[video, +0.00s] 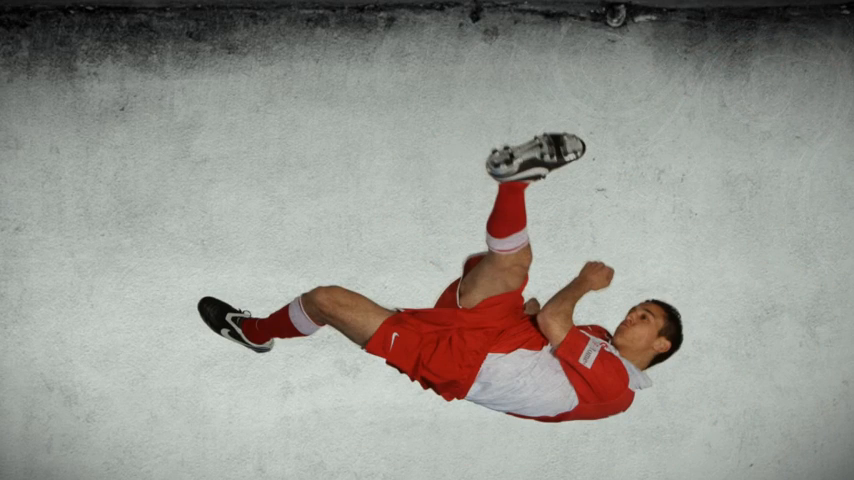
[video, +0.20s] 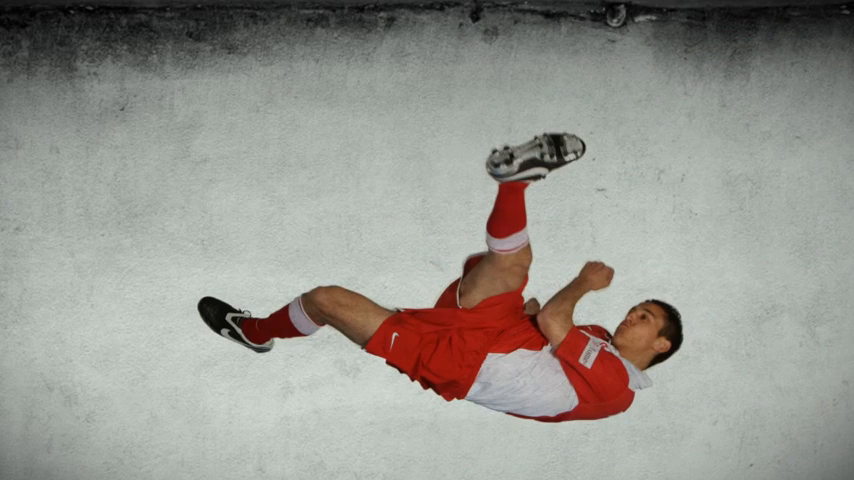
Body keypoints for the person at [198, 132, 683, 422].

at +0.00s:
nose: (633, 318)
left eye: (645, 319)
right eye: (636, 314)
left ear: (658, 347)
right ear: (631, 326)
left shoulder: (616, 386)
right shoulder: (597, 349)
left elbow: (549, 324)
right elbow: (519, 325)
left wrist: (583, 283)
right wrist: (468, 288)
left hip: (452, 360)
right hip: (482, 323)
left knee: (324, 299)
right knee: (508, 257)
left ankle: (256, 333)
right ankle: (512, 177)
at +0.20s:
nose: (633, 317)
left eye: (645, 319)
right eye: (636, 313)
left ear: (658, 347)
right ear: (631, 326)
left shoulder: (616, 386)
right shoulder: (597, 349)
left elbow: (549, 324)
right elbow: (519, 325)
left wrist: (583, 283)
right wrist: (468, 288)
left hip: (452, 360)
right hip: (482, 323)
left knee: (324, 299)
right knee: (508, 257)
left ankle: (256, 333)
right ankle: (512, 177)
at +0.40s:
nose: (633, 317)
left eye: (645, 319)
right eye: (636, 313)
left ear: (658, 347)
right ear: (631, 326)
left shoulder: (616, 386)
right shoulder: (597, 349)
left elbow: (549, 324)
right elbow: (519, 325)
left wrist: (583, 283)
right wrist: (468, 288)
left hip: (452, 360)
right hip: (482, 323)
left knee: (324, 299)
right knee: (509, 257)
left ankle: (256, 333)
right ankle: (512, 177)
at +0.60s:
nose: (633, 317)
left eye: (645, 319)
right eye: (636, 313)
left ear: (658, 347)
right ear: (631, 326)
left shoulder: (616, 386)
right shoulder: (597, 349)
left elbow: (549, 324)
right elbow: (519, 325)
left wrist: (583, 283)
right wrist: (469, 288)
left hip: (452, 360)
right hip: (482, 323)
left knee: (324, 299)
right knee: (509, 257)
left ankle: (256, 333)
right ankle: (512, 177)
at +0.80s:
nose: (633, 318)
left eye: (645, 319)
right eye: (636, 313)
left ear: (658, 347)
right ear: (631, 326)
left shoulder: (616, 386)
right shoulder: (597, 349)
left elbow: (549, 324)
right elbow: (519, 325)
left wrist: (583, 283)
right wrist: (469, 287)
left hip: (452, 360)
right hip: (482, 323)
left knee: (323, 299)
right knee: (509, 257)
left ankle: (256, 333)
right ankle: (512, 177)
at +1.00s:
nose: (633, 317)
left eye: (645, 319)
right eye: (637, 313)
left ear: (658, 347)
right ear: (631, 326)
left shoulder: (616, 386)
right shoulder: (597, 349)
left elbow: (549, 324)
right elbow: (519, 324)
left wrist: (583, 283)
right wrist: (470, 286)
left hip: (452, 360)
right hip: (482, 323)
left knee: (323, 298)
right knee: (509, 257)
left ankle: (256, 333)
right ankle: (512, 176)